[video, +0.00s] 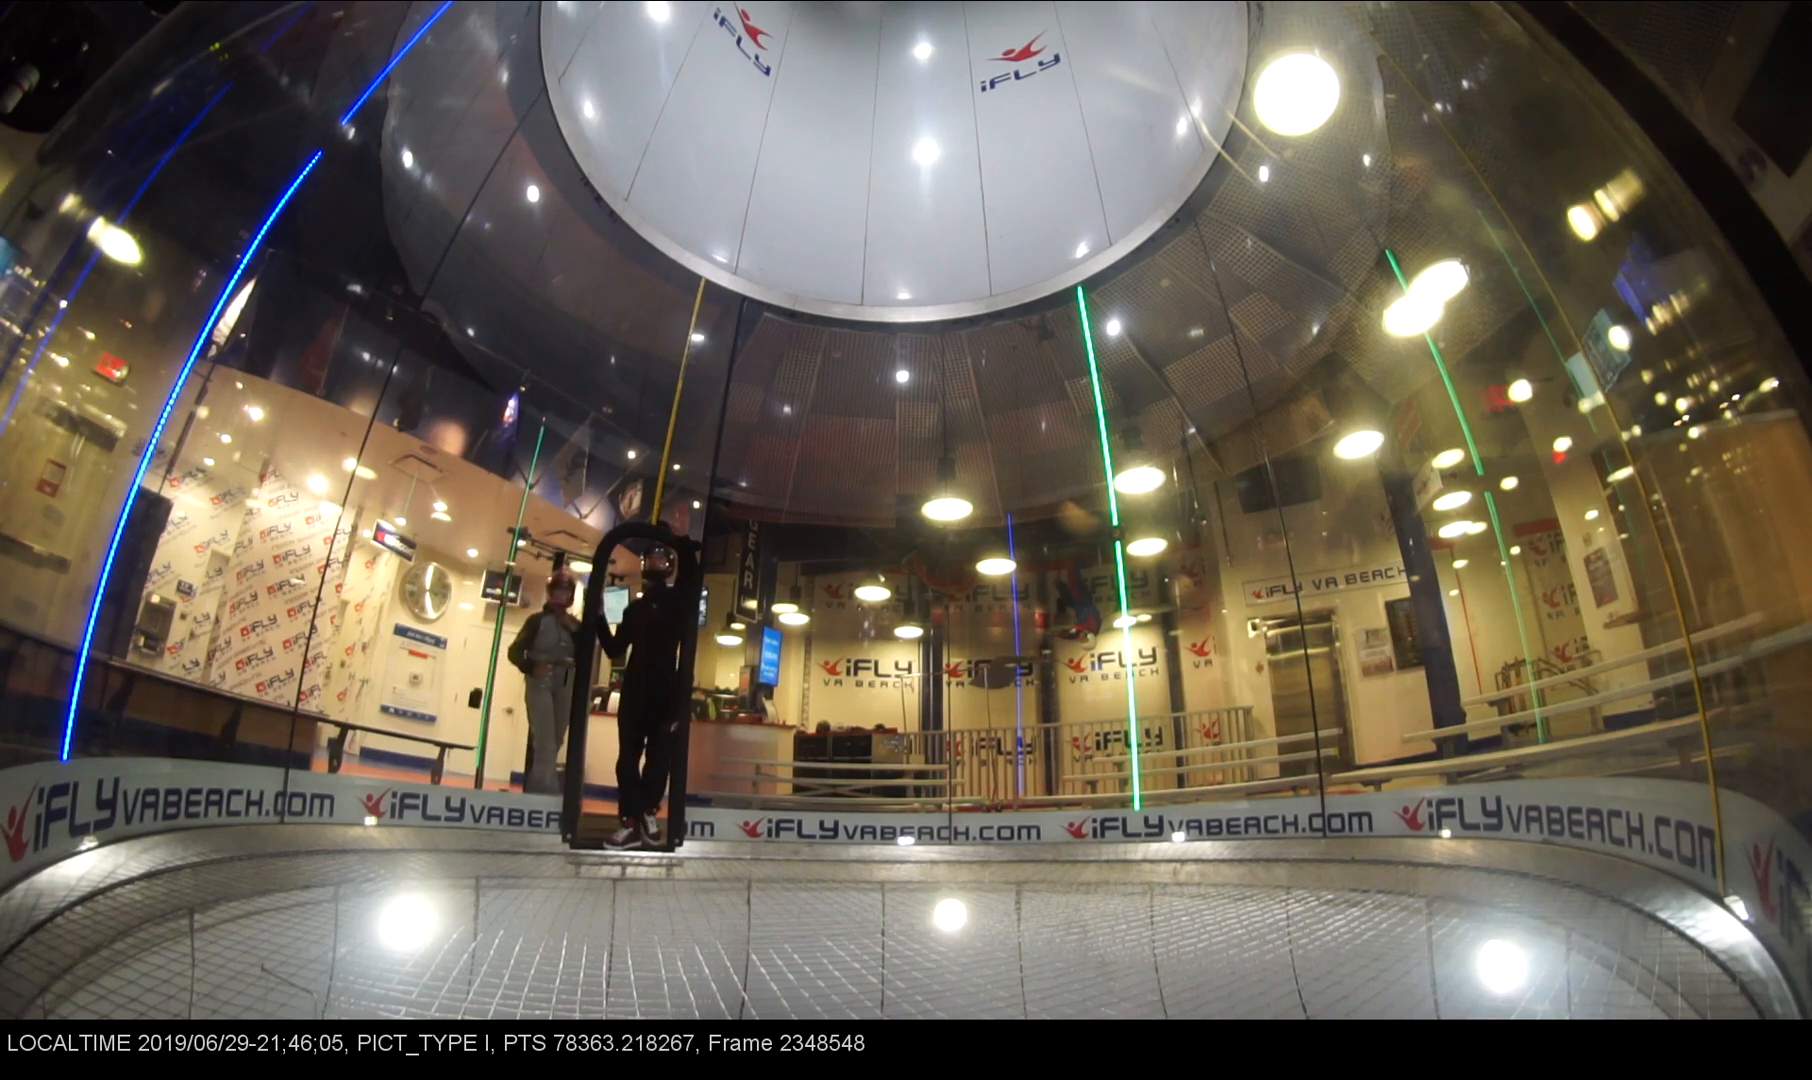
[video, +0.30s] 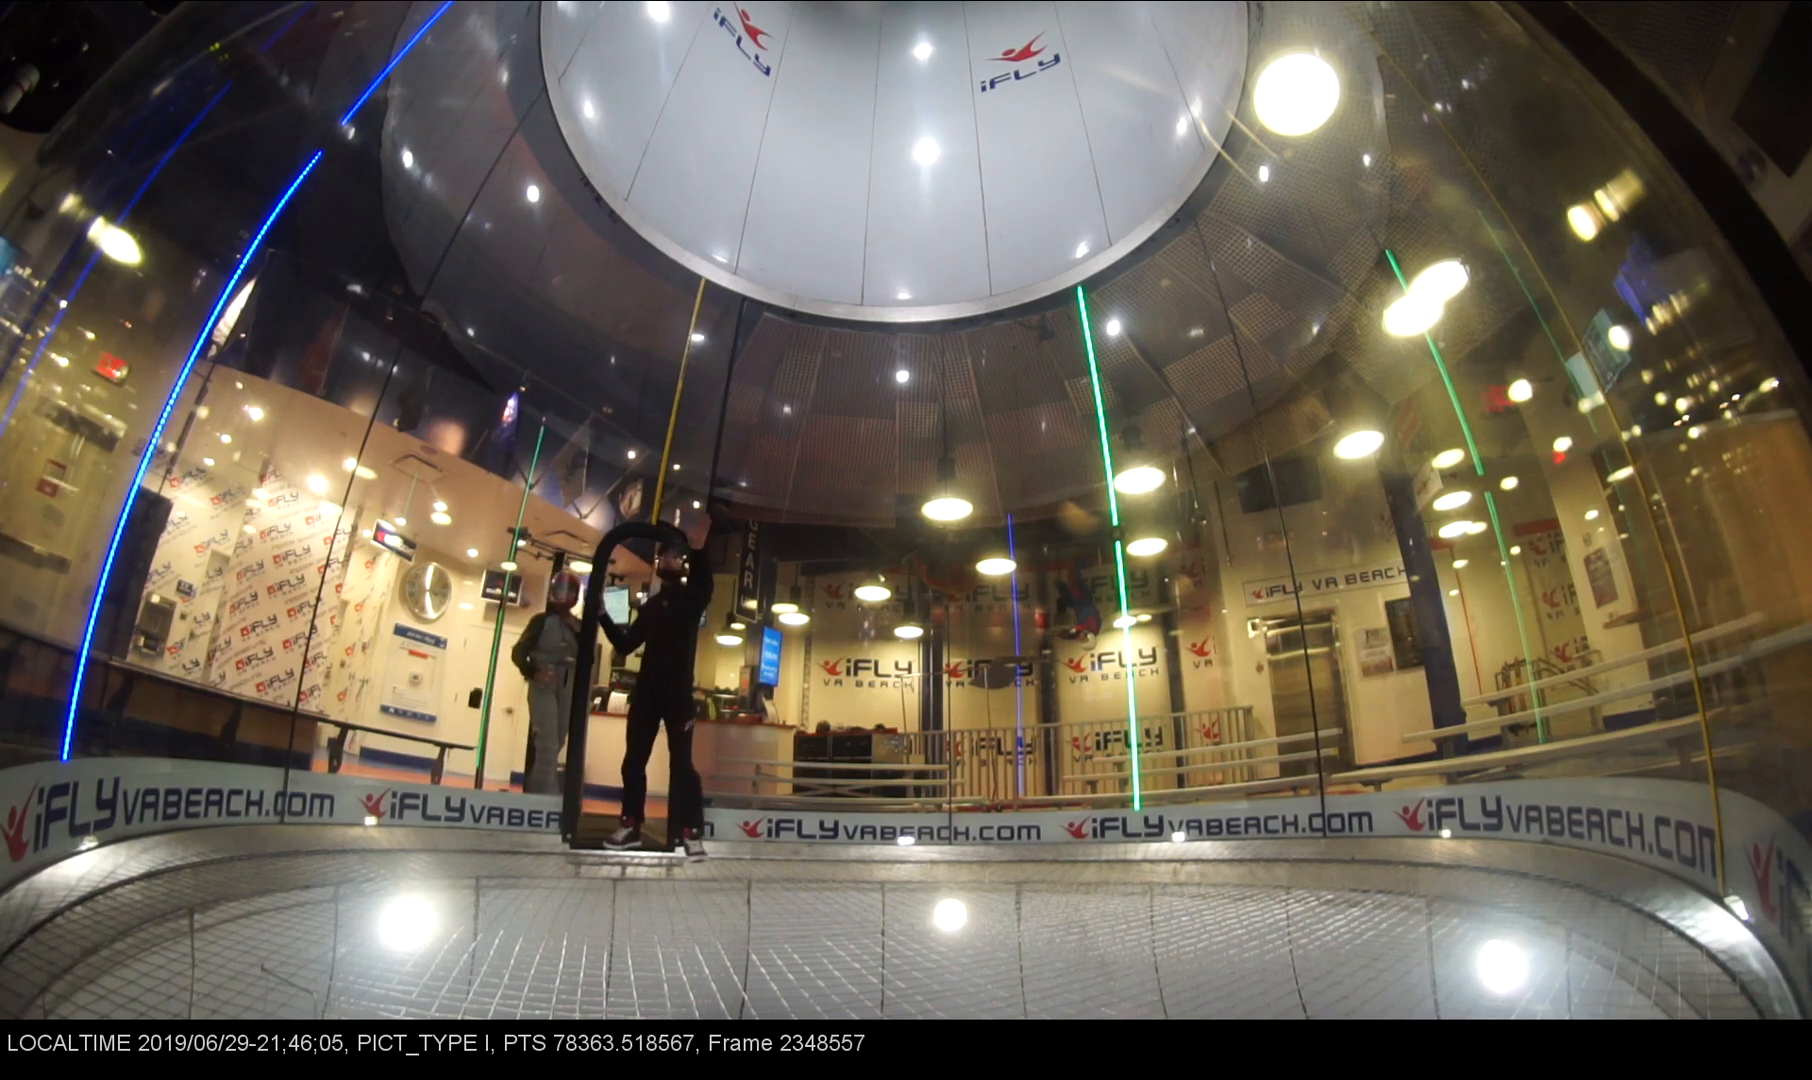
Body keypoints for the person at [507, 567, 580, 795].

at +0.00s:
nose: (560, 595)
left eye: (565, 590)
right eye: (557, 589)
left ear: (571, 596)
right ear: (550, 591)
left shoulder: (575, 625)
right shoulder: (537, 620)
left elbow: (587, 653)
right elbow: (514, 651)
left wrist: (574, 629)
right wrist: (531, 667)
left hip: (566, 681)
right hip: (540, 679)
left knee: (555, 740)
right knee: (545, 741)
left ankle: (536, 794)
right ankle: (547, 798)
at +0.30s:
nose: (563, 594)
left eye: (569, 590)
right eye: (559, 588)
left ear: (576, 596)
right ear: (552, 591)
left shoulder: (579, 626)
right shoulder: (541, 621)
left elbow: (588, 656)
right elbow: (518, 652)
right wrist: (532, 671)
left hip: (569, 685)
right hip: (543, 682)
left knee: (557, 740)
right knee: (547, 741)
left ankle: (538, 792)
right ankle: (545, 796)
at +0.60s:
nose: (568, 596)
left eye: (573, 591)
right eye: (564, 590)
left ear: (579, 597)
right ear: (556, 593)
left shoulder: (580, 626)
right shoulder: (544, 620)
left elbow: (591, 660)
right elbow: (519, 650)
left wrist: (583, 633)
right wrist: (532, 671)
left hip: (570, 686)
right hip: (545, 683)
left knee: (559, 739)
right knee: (547, 740)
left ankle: (538, 790)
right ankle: (544, 796)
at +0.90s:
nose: (575, 597)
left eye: (578, 593)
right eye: (571, 591)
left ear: (582, 596)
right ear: (562, 593)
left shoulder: (578, 626)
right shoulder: (548, 619)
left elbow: (586, 655)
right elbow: (520, 648)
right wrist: (537, 669)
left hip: (569, 685)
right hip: (548, 682)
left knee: (559, 739)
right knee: (552, 739)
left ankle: (544, 793)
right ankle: (542, 795)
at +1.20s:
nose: (581, 600)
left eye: (583, 595)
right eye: (577, 594)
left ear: (585, 598)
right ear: (566, 595)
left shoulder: (579, 626)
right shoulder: (551, 619)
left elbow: (588, 662)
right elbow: (525, 645)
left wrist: (593, 652)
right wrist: (545, 668)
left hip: (574, 687)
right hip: (552, 685)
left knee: (561, 741)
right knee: (557, 739)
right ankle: (555, 796)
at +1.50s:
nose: (583, 597)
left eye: (587, 593)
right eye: (579, 592)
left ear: (592, 596)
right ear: (570, 593)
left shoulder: (591, 623)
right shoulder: (557, 618)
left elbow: (598, 662)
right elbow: (533, 646)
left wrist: (594, 635)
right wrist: (556, 642)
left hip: (581, 690)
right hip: (555, 686)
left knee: (562, 737)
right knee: (561, 735)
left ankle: (545, 786)